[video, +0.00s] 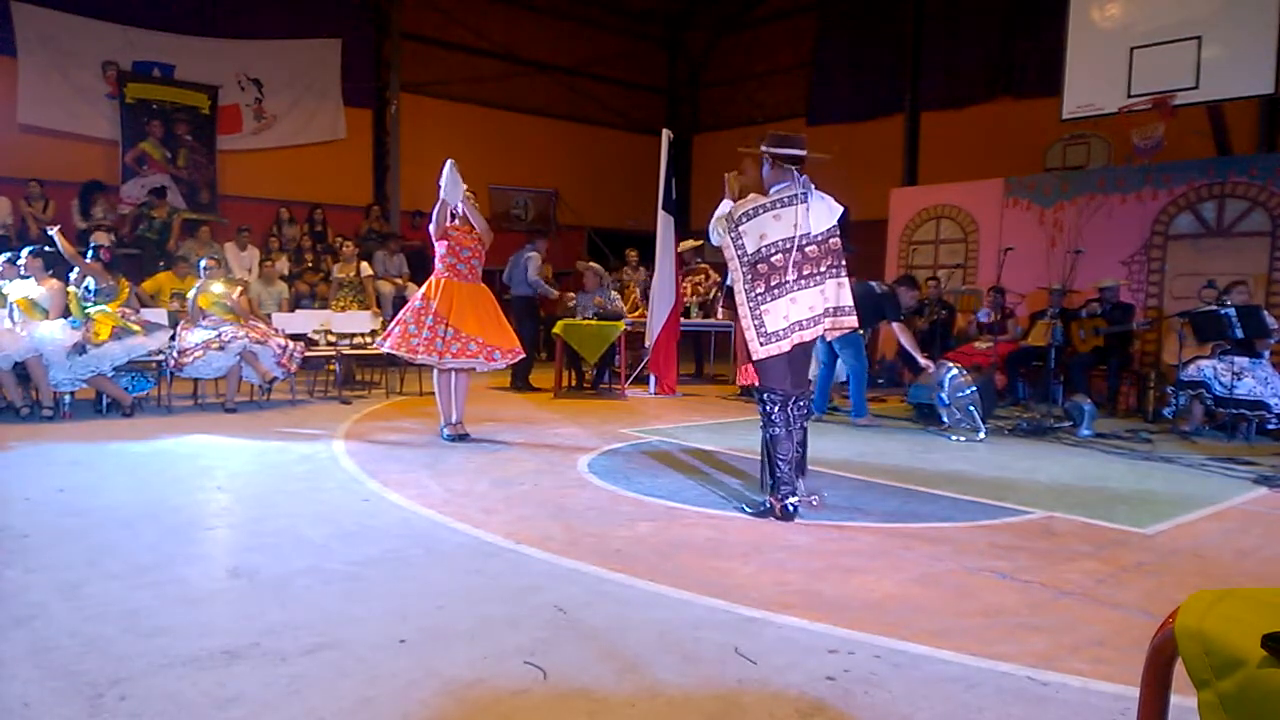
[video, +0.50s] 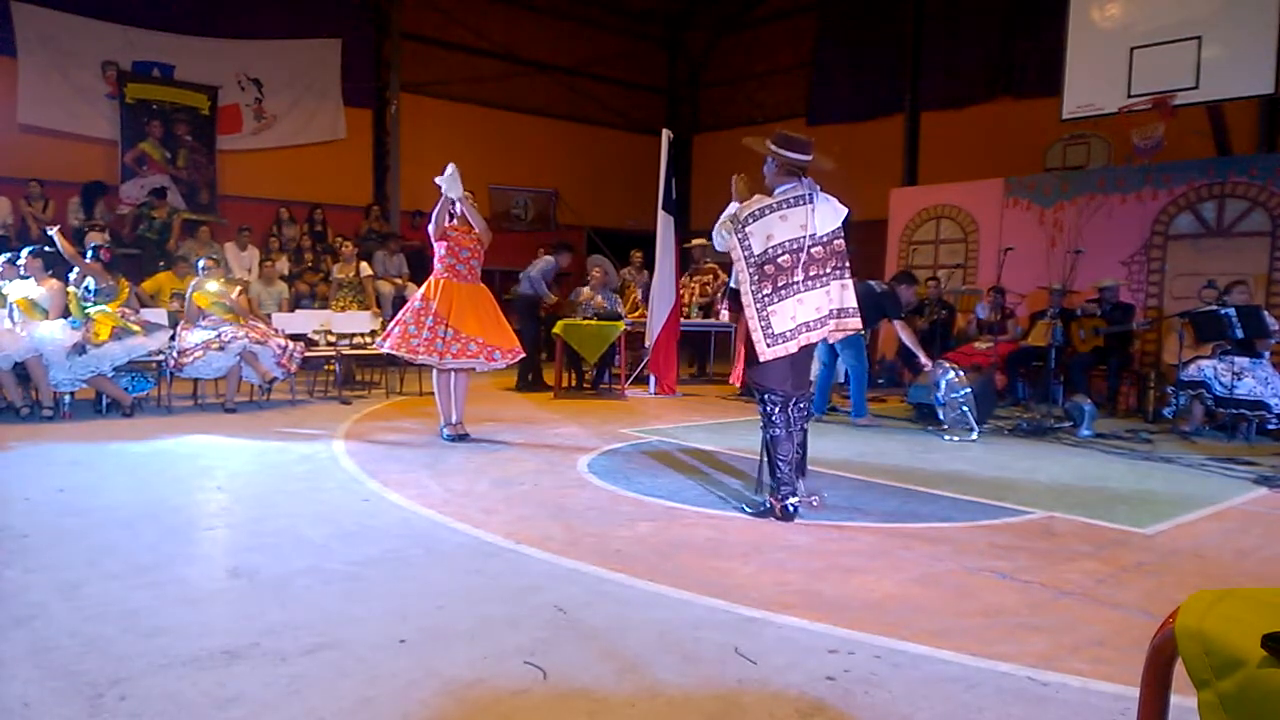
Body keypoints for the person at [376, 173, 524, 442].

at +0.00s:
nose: (467, 205)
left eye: (471, 201)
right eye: (463, 201)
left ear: (475, 208)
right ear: (454, 207)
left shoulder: (481, 237)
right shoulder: (442, 232)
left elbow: (485, 231)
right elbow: (438, 223)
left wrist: (466, 203)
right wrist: (445, 198)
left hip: (470, 296)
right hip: (444, 293)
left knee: (463, 364)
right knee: (444, 362)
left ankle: (458, 421)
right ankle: (446, 422)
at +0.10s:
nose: (463, 209)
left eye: (468, 204)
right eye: (458, 206)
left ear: (473, 209)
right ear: (452, 208)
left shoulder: (482, 237)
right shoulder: (442, 232)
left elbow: (482, 225)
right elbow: (437, 224)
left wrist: (466, 201)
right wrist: (444, 199)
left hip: (470, 296)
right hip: (444, 294)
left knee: (463, 364)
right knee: (443, 363)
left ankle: (459, 421)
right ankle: (446, 422)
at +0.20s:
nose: (465, 206)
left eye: (469, 201)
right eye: (460, 203)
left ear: (475, 208)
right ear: (453, 207)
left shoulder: (481, 237)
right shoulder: (441, 231)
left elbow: (482, 226)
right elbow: (437, 224)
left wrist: (464, 200)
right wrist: (446, 197)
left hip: (469, 296)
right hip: (443, 294)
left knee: (462, 364)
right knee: (443, 363)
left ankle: (458, 421)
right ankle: (446, 422)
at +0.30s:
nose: (465, 207)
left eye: (470, 203)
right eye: (460, 205)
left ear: (474, 210)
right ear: (454, 209)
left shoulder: (481, 238)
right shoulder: (442, 233)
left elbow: (482, 226)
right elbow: (437, 223)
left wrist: (464, 200)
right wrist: (445, 198)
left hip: (469, 296)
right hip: (443, 294)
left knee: (463, 364)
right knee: (443, 364)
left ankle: (458, 421)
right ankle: (446, 422)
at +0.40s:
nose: (463, 208)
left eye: (468, 203)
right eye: (459, 205)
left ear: (472, 208)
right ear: (452, 208)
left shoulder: (481, 236)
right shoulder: (440, 232)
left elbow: (481, 226)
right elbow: (437, 222)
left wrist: (463, 200)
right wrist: (445, 197)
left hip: (469, 295)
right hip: (443, 294)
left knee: (463, 364)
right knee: (443, 363)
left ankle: (458, 421)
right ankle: (445, 422)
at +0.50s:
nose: (462, 208)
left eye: (467, 203)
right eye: (459, 205)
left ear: (474, 209)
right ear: (452, 209)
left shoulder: (481, 237)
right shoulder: (441, 233)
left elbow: (482, 226)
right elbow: (436, 223)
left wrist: (461, 197)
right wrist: (445, 195)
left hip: (469, 296)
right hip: (442, 294)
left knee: (463, 364)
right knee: (443, 364)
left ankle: (458, 421)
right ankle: (445, 422)